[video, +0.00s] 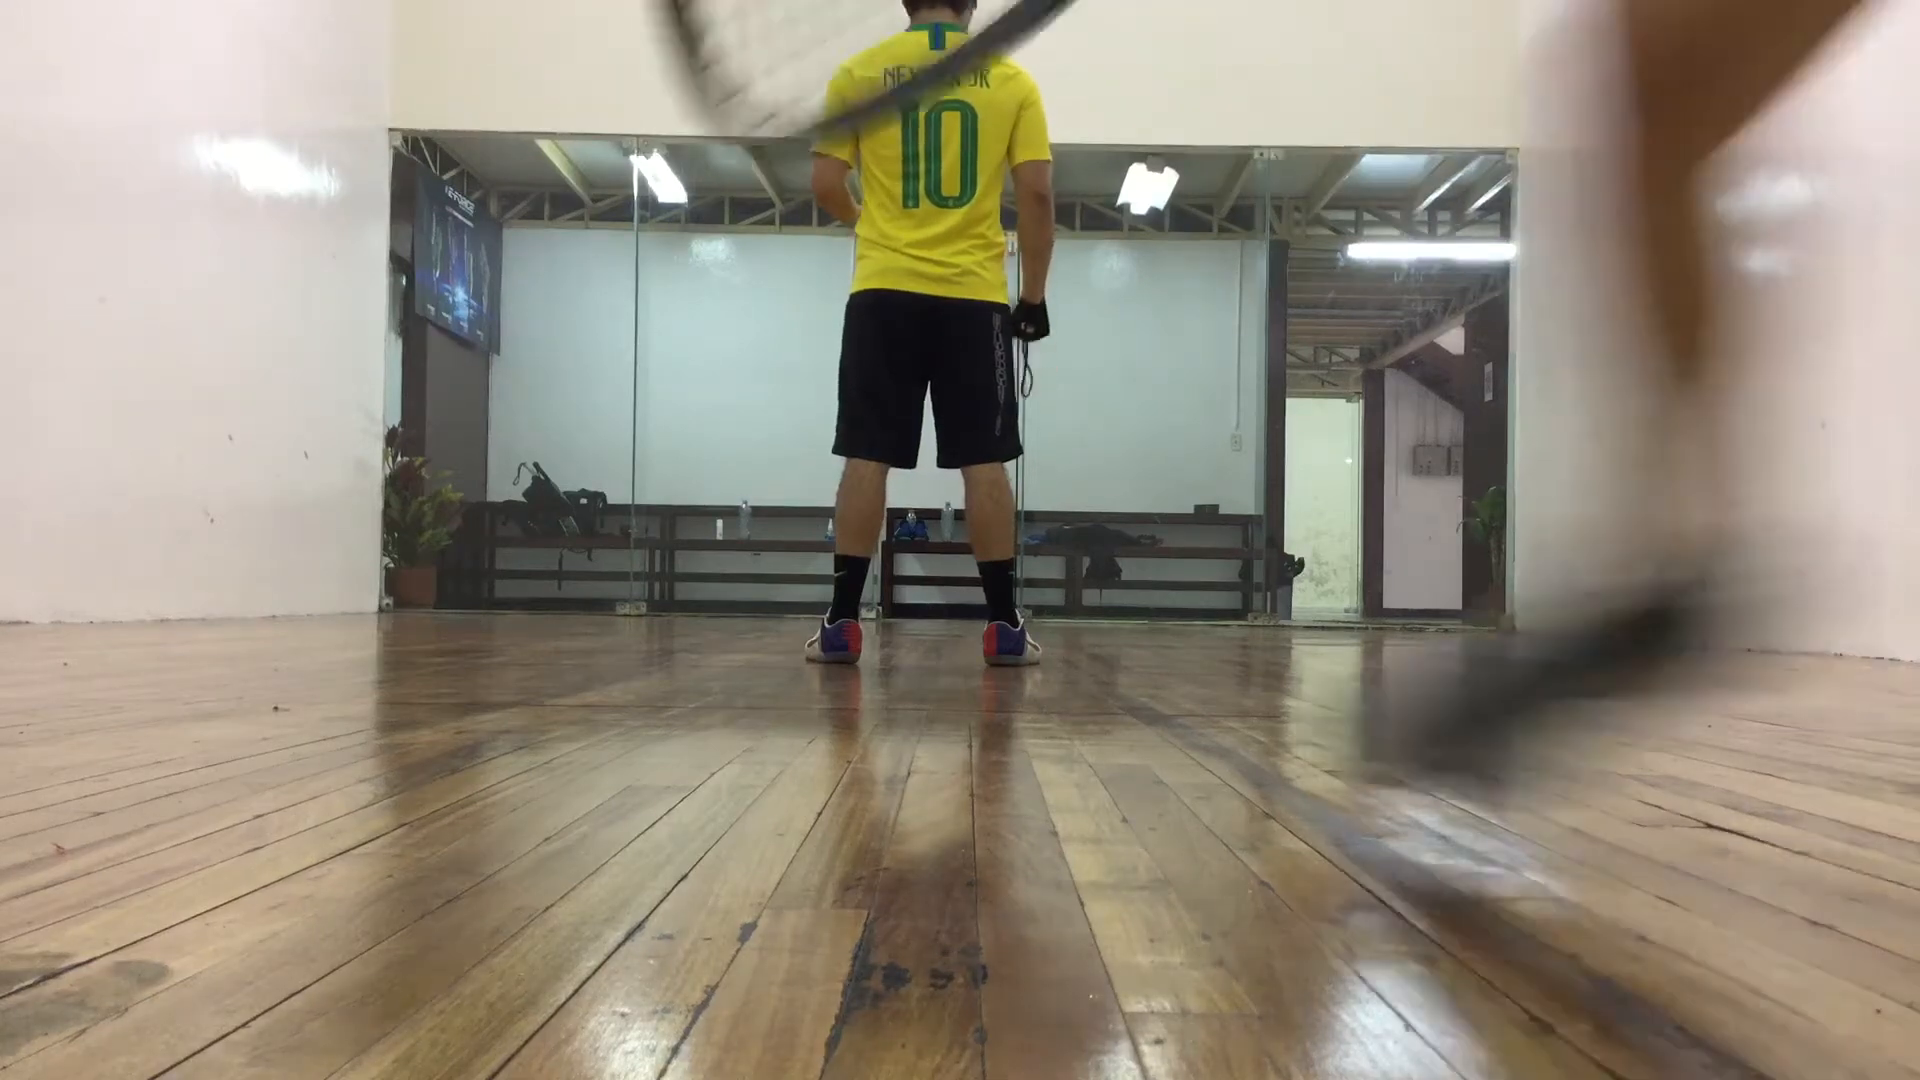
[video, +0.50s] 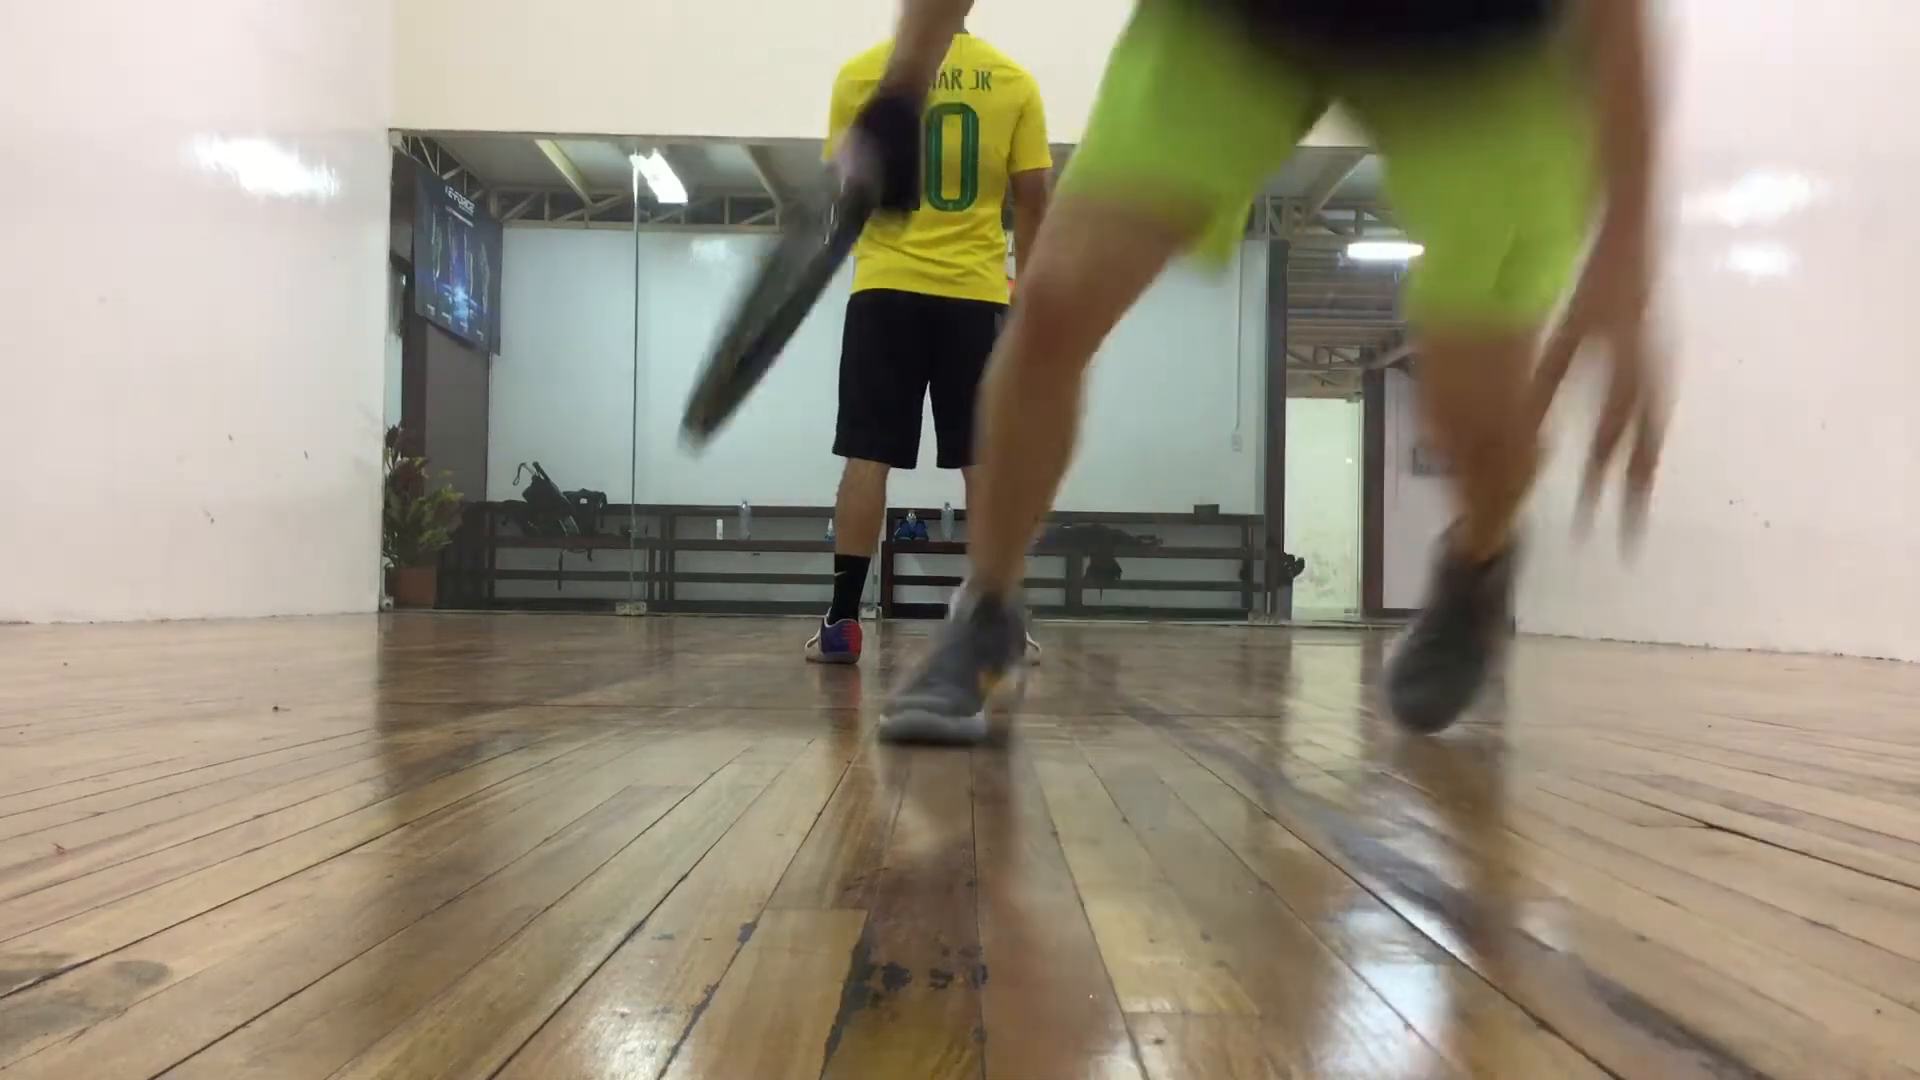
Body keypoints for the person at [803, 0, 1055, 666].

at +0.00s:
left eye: (915, 8)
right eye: (965, 4)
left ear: (905, 4)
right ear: (970, 5)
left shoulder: (858, 73)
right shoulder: (1010, 79)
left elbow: (827, 184)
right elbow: (1037, 191)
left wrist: (869, 225)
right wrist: (1034, 297)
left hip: (881, 299)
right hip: (972, 305)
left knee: (865, 458)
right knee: (985, 463)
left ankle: (842, 622)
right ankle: (1004, 624)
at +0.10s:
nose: (960, 13)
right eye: (968, 7)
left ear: (906, 6)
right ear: (969, 7)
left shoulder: (859, 69)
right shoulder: (1011, 79)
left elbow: (828, 187)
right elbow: (1037, 196)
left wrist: (871, 226)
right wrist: (1032, 295)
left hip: (882, 298)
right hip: (972, 305)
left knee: (865, 458)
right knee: (985, 463)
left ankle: (842, 621)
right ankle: (1005, 624)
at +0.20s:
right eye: (981, 4)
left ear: (908, 3)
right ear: (971, 6)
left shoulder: (862, 68)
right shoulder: (1011, 80)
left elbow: (828, 190)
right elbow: (1035, 202)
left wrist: (870, 219)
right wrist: (1030, 297)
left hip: (883, 298)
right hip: (973, 305)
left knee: (865, 459)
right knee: (985, 464)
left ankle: (843, 622)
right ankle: (1006, 625)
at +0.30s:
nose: (1005, 12)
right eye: (1002, 8)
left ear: (916, 5)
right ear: (990, 9)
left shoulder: (864, 71)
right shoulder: (1012, 82)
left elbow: (828, 192)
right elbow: (1035, 205)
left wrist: (874, 205)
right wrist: (1028, 294)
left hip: (882, 300)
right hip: (974, 307)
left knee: (865, 460)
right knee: (986, 466)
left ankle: (843, 622)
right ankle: (1006, 625)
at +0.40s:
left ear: (909, 10)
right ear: (981, 15)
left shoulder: (861, 75)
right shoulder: (1013, 83)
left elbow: (837, 193)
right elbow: (1033, 205)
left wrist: (868, 204)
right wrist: (1027, 294)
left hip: (883, 302)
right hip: (974, 308)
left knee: (866, 460)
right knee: (986, 465)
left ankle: (842, 622)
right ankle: (1005, 626)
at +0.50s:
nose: (939, 10)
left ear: (906, 9)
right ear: (968, 9)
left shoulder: (861, 74)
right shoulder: (1011, 81)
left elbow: (845, 185)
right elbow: (1033, 202)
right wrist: (1029, 296)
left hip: (883, 300)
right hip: (976, 305)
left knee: (866, 460)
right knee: (986, 465)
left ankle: (842, 621)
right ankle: (998, 629)